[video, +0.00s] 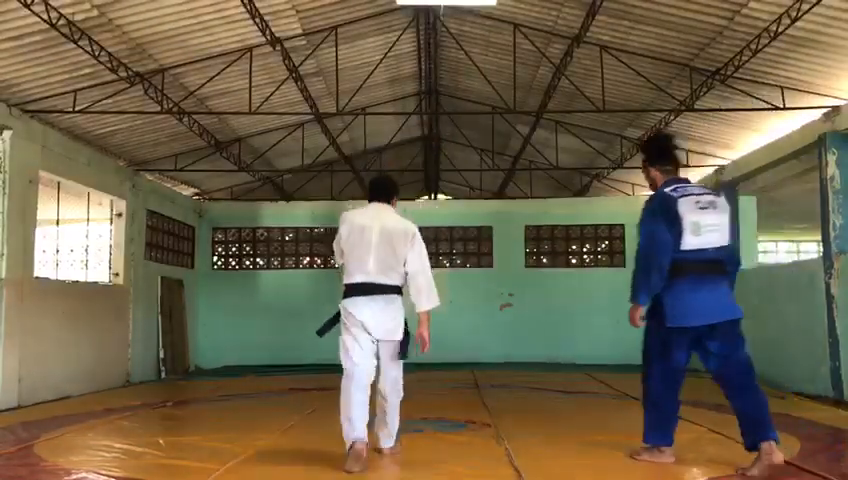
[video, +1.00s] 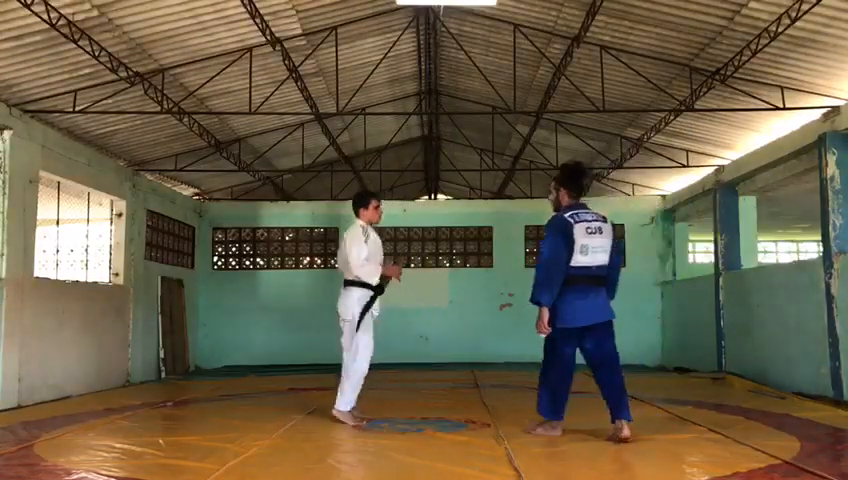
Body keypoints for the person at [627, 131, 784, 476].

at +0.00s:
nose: (646, 179)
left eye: (645, 173)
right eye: (646, 173)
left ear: (653, 171)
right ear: (678, 167)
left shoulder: (660, 202)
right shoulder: (713, 197)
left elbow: (656, 250)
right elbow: (730, 251)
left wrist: (640, 298)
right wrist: (722, 289)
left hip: (676, 303)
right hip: (718, 301)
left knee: (662, 372)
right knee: (737, 372)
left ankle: (659, 445)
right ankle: (768, 446)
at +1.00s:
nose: (551, 194)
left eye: (553, 189)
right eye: (552, 189)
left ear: (563, 193)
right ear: (579, 192)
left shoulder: (560, 223)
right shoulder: (602, 222)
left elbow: (551, 265)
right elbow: (613, 265)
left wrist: (544, 305)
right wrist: (605, 298)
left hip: (567, 304)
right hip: (597, 302)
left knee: (558, 364)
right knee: (607, 363)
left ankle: (553, 421)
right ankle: (621, 421)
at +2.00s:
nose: (480, 208)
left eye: (482, 204)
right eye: (481, 203)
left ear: (489, 206)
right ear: (500, 205)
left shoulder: (499, 231)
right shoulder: (512, 229)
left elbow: (500, 270)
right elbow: (489, 262)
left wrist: (473, 283)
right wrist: (457, 260)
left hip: (501, 302)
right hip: (515, 299)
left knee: (490, 356)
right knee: (510, 356)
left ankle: (493, 414)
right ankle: (528, 407)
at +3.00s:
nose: (435, 221)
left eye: (436, 218)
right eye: (436, 218)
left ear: (441, 219)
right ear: (453, 218)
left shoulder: (460, 247)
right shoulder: (447, 239)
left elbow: (453, 284)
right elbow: (425, 239)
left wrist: (422, 292)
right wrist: (402, 238)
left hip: (456, 307)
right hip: (447, 306)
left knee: (443, 356)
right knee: (437, 354)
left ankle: (455, 409)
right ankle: (447, 406)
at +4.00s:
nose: (475, 223)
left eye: (477, 218)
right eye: (475, 218)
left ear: (487, 218)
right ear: (492, 219)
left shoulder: (497, 241)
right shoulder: (499, 241)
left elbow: (472, 255)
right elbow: (469, 263)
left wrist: (440, 259)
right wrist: (438, 267)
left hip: (502, 305)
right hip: (503, 303)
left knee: (484, 352)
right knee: (504, 352)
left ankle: (466, 407)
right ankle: (527, 403)